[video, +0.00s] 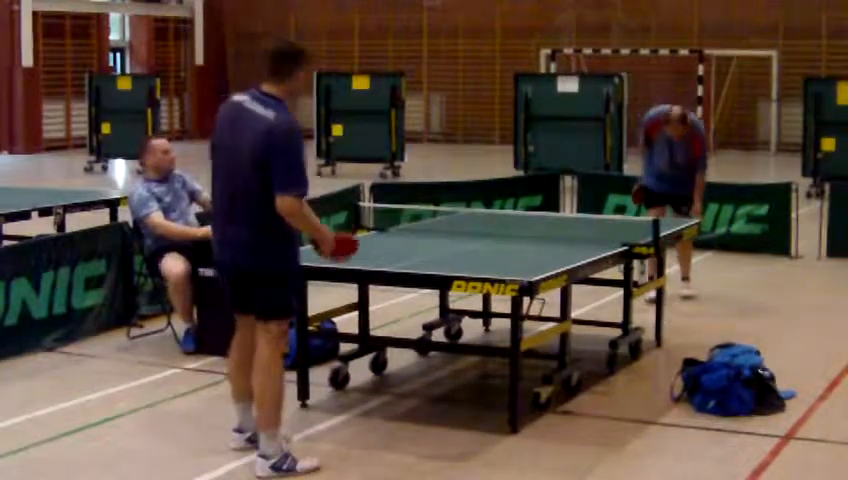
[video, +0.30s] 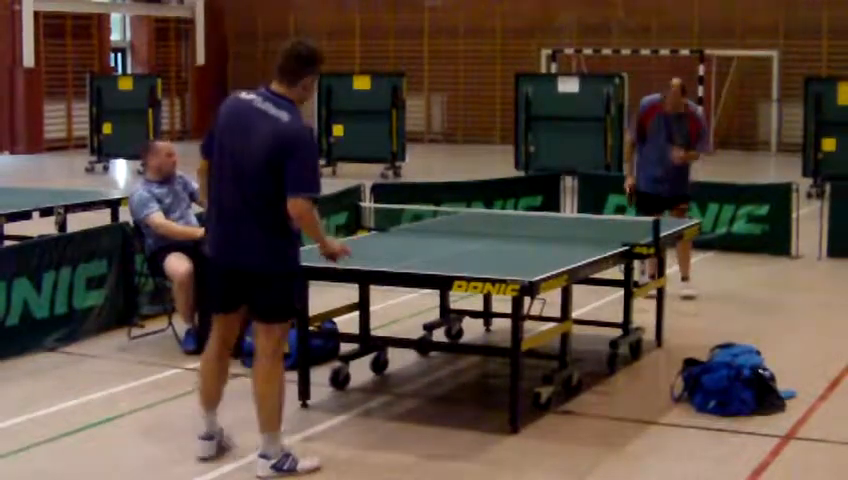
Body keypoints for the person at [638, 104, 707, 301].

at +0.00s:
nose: (675, 134)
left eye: (679, 131)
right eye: (672, 130)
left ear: (686, 125)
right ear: (666, 123)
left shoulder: (696, 130)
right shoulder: (652, 121)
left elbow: (700, 170)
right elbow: (645, 149)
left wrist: (697, 202)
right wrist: (645, 179)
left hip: (684, 184)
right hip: (656, 182)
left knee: (685, 231)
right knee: (655, 230)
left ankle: (685, 280)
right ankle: (653, 282)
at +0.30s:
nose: (671, 102)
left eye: (675, 98)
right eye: (669, 97)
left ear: (683, 98)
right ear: (664, 95)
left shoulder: (694, 116)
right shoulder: (649, 109)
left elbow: (699, 151)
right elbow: (632, 141)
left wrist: (685, 156)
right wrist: (629, 174)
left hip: (677, 182)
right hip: (648, 181)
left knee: (682, 230)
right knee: (648, 230)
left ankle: (685, 279)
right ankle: (650, 277)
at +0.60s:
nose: (658, 94)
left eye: (662, 90)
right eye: (655, 90)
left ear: (670, 88)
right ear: (649, 88)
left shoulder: (682, 106)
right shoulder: (637, 105)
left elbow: (691, 139)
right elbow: (620, 140)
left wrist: (673, 118)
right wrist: (625, 168)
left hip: (672, 177)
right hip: (644, 178)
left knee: (677, 228)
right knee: (647, 230)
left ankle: (679, 281)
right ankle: (649, 276)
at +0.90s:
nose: (652, 98)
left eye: (655, 94)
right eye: (649, 93)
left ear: (666, 91)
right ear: (645, 90)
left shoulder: (681, 108)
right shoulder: (635, 106)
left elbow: (692, 144)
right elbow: (619, 138)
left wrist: (677, 161)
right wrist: (627, 164)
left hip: (672, 182)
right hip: (643, 181)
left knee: (672, 234)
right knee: (645, 232)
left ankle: (669, 284)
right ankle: (648, 275)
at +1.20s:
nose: (648, 99)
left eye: (652, 94)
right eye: (645, 94)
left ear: (662, 91)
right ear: (641, 90)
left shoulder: (677, 111)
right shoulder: (634, 104)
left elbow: (683, 151)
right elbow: (621, 133)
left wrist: (663, 181)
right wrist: (621, 159)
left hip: (663, 181)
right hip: (634, 178)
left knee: (666, 235)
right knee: (626, 229)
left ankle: (668, 286)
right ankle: (617, 283)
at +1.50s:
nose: (627, 103)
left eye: (631, 99)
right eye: (624, 98)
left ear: (642, 97)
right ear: (620, 94)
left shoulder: (653, 118)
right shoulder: (610, 110)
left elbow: (653, 160)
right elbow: (591, 138)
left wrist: (630, 188)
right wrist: (596, 165)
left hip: (639, 186)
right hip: (609, 184)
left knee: (655, 237)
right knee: (601, 237)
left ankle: (665, 287)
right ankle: (594, 290)